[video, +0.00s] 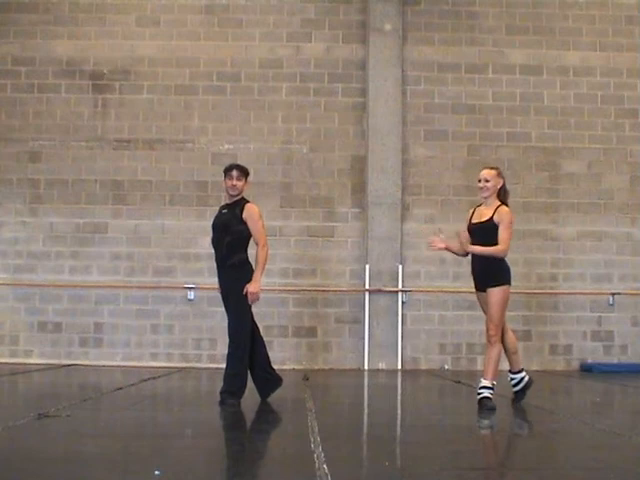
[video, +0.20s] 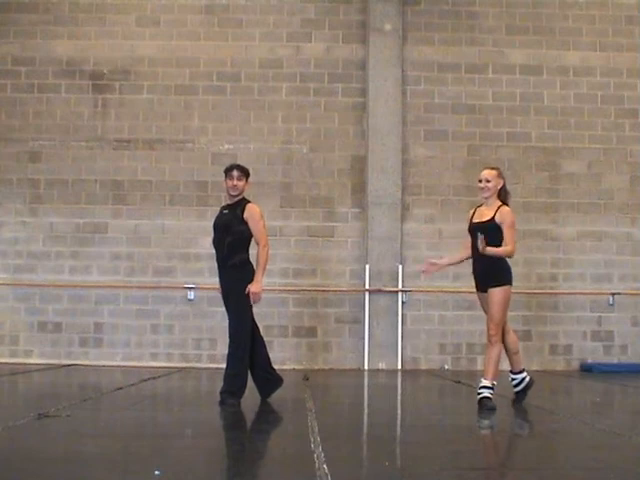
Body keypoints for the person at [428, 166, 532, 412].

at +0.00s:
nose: (482, 184)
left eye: (487, 181)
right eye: (480, 181)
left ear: (499, 184)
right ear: (478, 184)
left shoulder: (503, 212)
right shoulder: (474, 212)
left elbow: (502, 250)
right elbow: (465, 250)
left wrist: (472, 248)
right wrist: (446, 245)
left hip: (498, 275)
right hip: (479, 275)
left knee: (493, 334)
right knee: (501, 329)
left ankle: (486, 387)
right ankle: (518, 374)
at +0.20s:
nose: (483, 185)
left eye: (488, 181)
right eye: (481, 181)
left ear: (500, 184)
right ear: (477, 185)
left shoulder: (505, 213)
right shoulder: (475, 213)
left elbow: (509, 250)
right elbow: (470, 250)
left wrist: (486, 250)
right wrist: (442, 263)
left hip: (498, 276)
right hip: (480, 276)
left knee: (493, 334)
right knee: (502, 329)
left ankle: (486, 388)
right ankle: (520, 375)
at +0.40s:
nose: (489, 185)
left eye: (494, 181)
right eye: (485, 181)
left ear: (502, 185)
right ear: (480, 185)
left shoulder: (504, 214)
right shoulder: (477, 212)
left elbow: (514, 252)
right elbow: (473, 252)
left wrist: (498, 283)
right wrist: (464, 283)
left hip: (498, 277)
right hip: (480, 278)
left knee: (493, 335)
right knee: (504, 331)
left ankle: (486, 387)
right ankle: (520, 375)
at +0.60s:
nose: (490, 186)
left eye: (495, 182)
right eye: (486, 182)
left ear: (502, 185)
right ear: (481, 185)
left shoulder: (503, 213)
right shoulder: (478, 212)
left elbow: (514, 249)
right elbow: (478, 247)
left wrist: (514, 284)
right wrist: (476, 271)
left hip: (498, 277)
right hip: (481, 277)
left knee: (493, 334)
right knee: (505, 330)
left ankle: (486, 387)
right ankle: (520, 375)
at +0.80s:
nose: (487, 187)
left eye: (492, 183)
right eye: (484, 182)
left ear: (500, 185)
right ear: (479, 185)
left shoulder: (501, 212)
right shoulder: (478, 212)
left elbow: (513, 249)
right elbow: (478, 252)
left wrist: (512, 282)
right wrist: (477, 285)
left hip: (498, 278)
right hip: (484, 278)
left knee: (493, 334)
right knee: (507, 330)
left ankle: (486, 387)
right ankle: (521, 375)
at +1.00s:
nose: (483, 187)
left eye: (488, 184)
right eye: (480, 183)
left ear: (496, 186)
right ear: (475, 185)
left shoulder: (498, 213)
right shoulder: (475, 213)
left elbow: (518, 245)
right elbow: (465, 251)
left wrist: (535, 270)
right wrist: (438, 261)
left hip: (500, 278)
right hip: (484, 280)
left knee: (493, 333)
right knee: (508, 330)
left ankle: (485, 388)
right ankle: (523, 377)